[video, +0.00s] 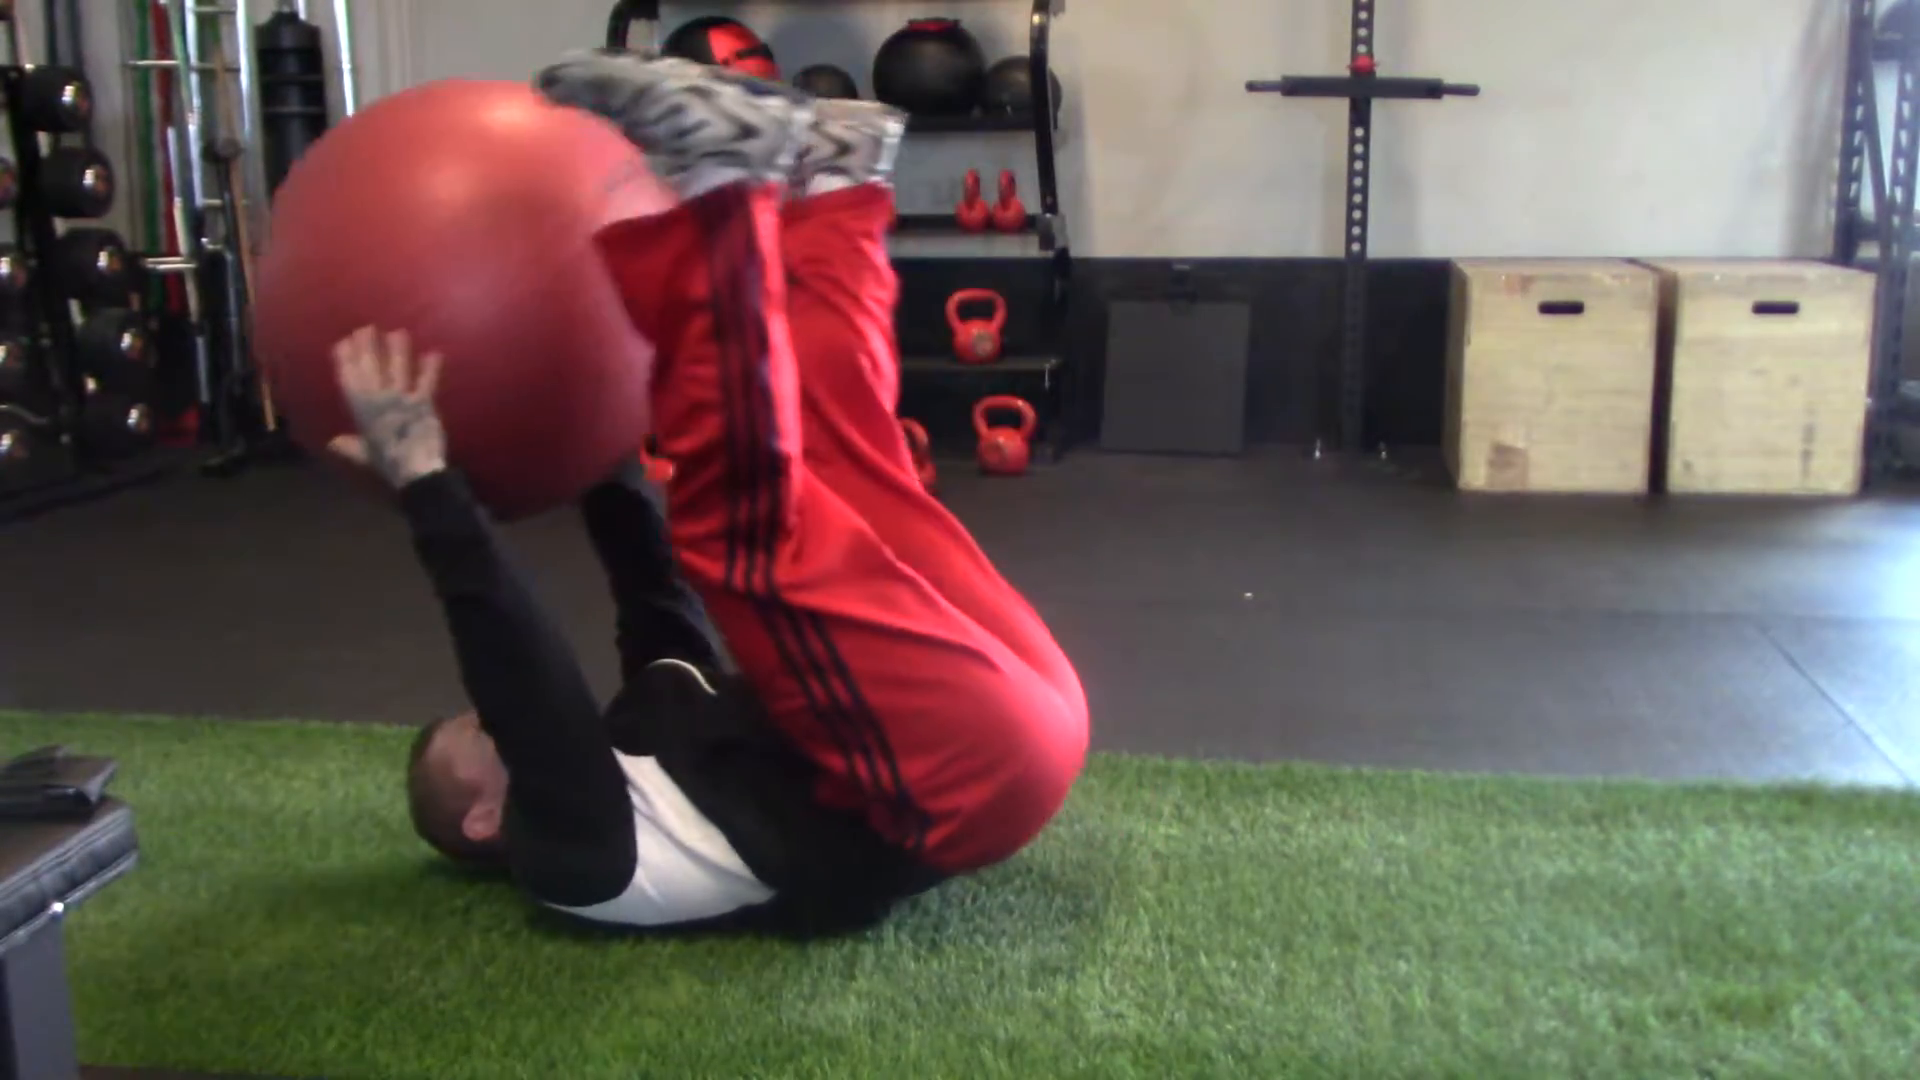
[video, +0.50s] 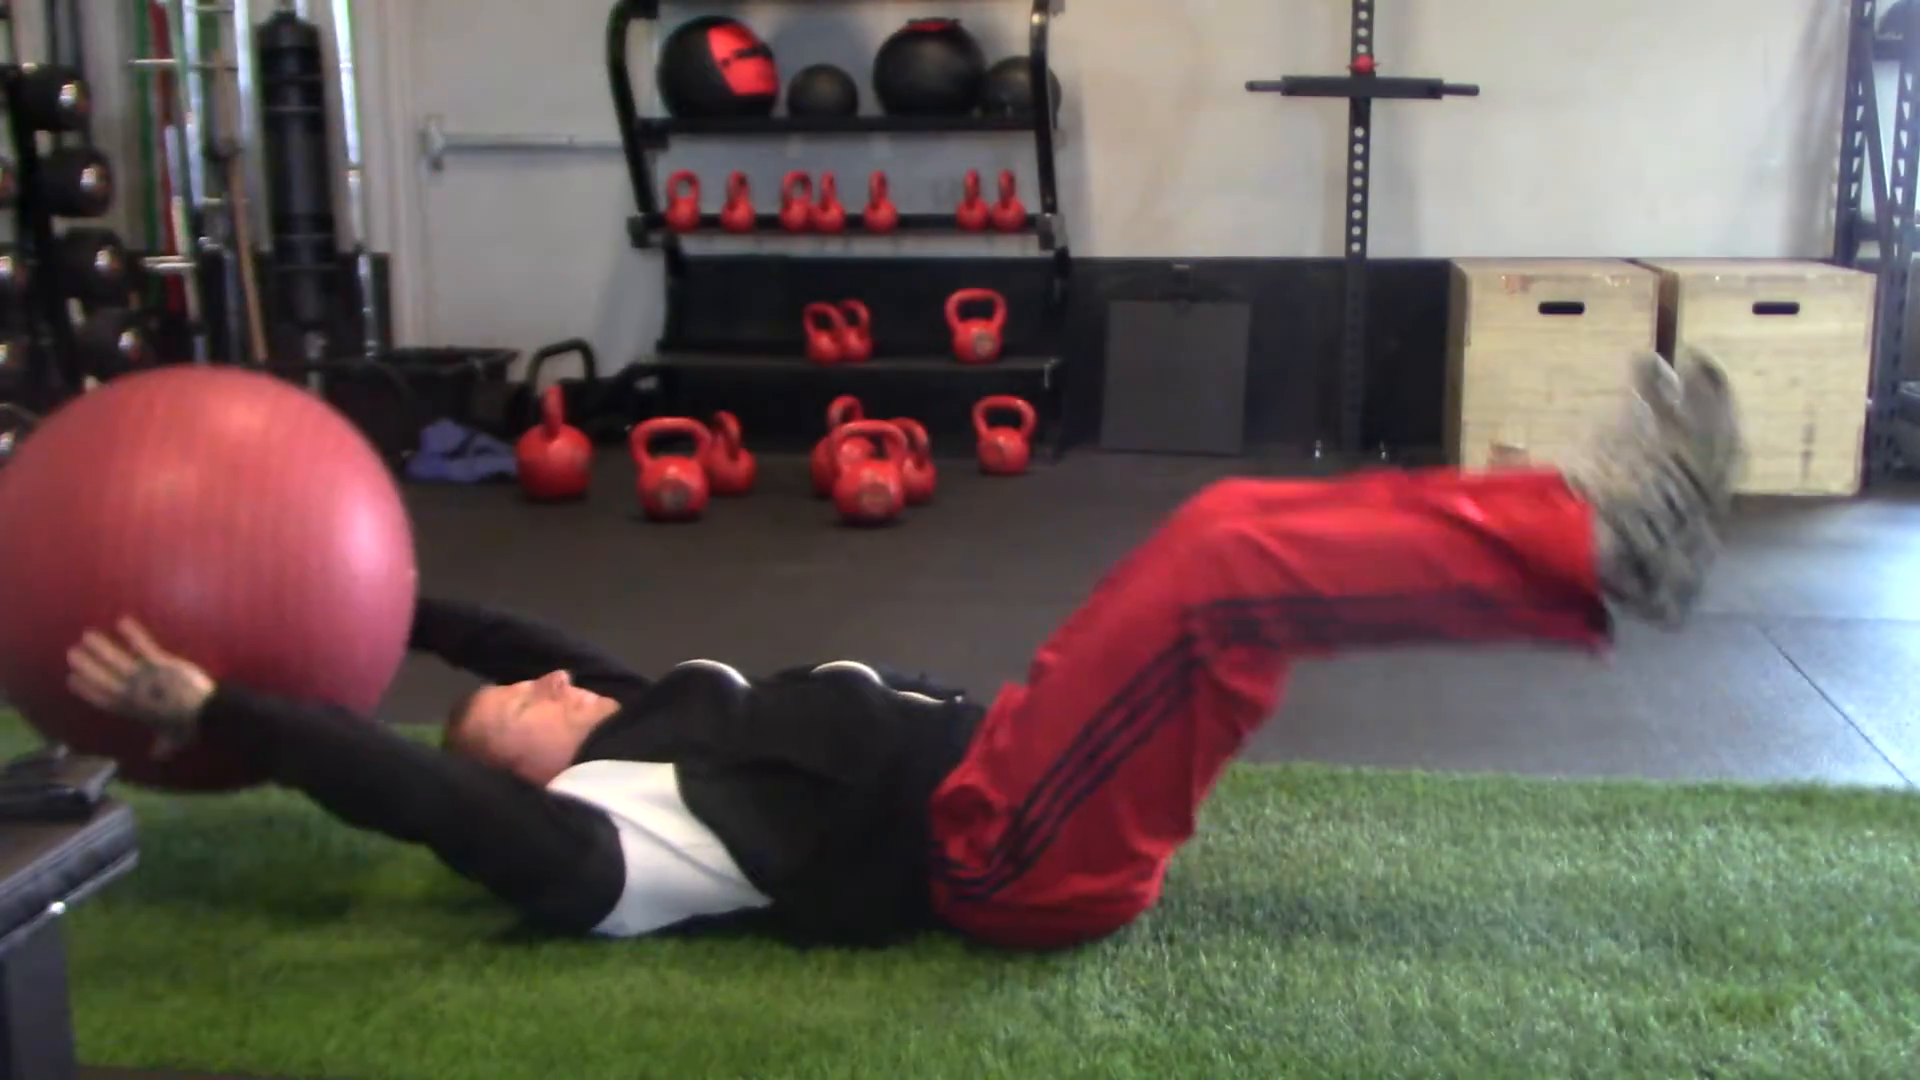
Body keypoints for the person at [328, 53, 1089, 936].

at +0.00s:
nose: (486, 718)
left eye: (478, 718)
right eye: (468, 743)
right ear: (483, 821)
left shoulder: (665, 716)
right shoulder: (578, 864)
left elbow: (644, 562)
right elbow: (523, 672)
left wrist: (562, 398)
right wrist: (427, 484)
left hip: (1031, 721)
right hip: (953, 784)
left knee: (844, 473)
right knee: (736, 523)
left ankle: (840, 187)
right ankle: (729, 188)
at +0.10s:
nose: (478, 763)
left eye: (475, 745)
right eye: (453, 779)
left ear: (521, 735)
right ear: (470, 841)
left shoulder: (657, 715)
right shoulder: (579, 864)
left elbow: (621, 574)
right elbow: (490, 674)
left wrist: (512, 429)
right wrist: (370, 507)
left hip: (1038, 745)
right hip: (972, 807)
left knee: (901, 484)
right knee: (802, 511)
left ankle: (922, 182)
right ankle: (825, 177)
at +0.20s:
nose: (531, 687)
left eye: (522, 685)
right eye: (509, 705)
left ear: (551, 693)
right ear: (501, 774)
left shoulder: (657, 711)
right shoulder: (587, 855)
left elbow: (579, 571)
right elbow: (460, 710)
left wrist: (433, 469)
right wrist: (319, 546)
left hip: (1034, 784)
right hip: (981, 841)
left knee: (957, 492)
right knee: (881, 492)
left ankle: (1062, 217)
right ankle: (998, 196)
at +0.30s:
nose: (519, 693)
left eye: (510, 682)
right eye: (491, 707)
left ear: (549, 700)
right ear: (494, 769)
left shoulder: (660, 712)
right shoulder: (586, 848)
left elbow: (557, 600)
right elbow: (430, 733)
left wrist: (422, 489)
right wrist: (272, 599)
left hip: (979, 791)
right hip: (988, 856)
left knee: (1018, 510)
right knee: (1001, 519)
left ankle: (1233, 264)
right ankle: (1239, 269)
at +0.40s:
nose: (526, 696)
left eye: (517, 688)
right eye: (501, 715)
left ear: (551, 696)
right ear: (497, 772)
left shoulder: (652, 720)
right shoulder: (590, 847)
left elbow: (531, 615)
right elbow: (415, 762)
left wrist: (363, 545)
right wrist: (233, 653)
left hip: (1001, 792)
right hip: (995, 852)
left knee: (1132, 509)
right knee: (1119, 513)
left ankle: (1442, 375)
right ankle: (1447, 375)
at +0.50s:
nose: (535, 691)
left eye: (532, 682)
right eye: (511, 709)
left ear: (563, 691)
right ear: (514, 774)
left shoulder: (653, 727)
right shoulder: (612, 837)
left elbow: (498, 639)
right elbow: (439, 796)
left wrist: (310, 600)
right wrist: (213, 728)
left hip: (1018, 773)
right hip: (1003, 838)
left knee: (1239, 531)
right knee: (1223, 548)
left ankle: (1587, 531)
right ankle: (1597, 551)